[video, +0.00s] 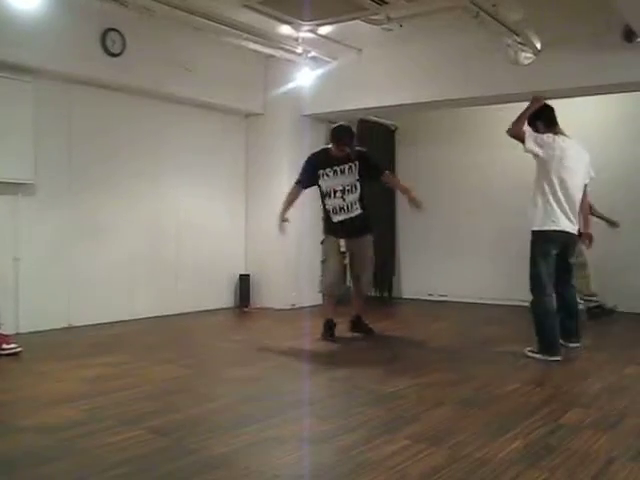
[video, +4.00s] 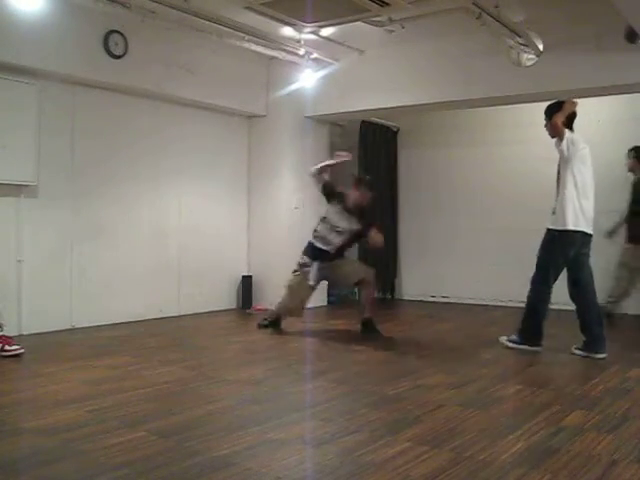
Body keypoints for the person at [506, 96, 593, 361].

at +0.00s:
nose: (534, 133)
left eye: (534, 128)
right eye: (535, 129)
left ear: (540, 125)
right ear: (557, 122)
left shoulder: (548, 143)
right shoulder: (580, 151)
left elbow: (514, 130)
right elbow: (584, 195)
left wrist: (531, 107)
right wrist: (586, 227)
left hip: (547, 228)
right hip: (570, 229)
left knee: (542, 289)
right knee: (564, 284)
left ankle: (549, 348)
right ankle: (571, 337)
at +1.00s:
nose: (570, 135)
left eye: (573, 131)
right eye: (569, 130)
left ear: (586, 129)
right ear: (575, 130)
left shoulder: (606, 149)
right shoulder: (569, 158)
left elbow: (627, 129)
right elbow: (565, 193)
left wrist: (599, 114)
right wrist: (555, 225)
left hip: (602, 225)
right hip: (576, 228)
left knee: (615, 284)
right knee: (567, 285)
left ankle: (625, 340)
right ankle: (567, 333)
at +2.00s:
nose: (588, 124)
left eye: (592, 120)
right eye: (589, 119)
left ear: (607, 122)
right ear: (603, 122)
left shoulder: (627, 148)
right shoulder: (584, 152)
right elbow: (578, 191)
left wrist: (628, 108)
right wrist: (569, 227)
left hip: (614, 232)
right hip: (583, 231)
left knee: (619, 289)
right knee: (585, 292)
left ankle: (629, 340)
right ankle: (592, 345)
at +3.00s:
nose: (568, 116)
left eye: (571, 111)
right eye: (569, 111)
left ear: (584, 112)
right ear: (586, 112)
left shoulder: (606, 139)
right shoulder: (583, 139)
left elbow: (615, 123)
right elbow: (584, 176)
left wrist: (602, 98)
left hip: (597, 227)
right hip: (578, 224)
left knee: (593, 291)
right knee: (574, 288)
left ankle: (597, 355)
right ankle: (586, 346)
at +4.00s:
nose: (546, 129)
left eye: (548, 124)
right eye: (546, 124)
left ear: (559, 121)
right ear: (566, 122)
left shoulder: (571, 144)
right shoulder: (579, 146)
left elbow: (556, 123)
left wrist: (567, 108)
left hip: (564, 228)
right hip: (581, 229)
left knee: (540, 283)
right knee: (583, 290)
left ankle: (529, 336)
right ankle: (595, 344)